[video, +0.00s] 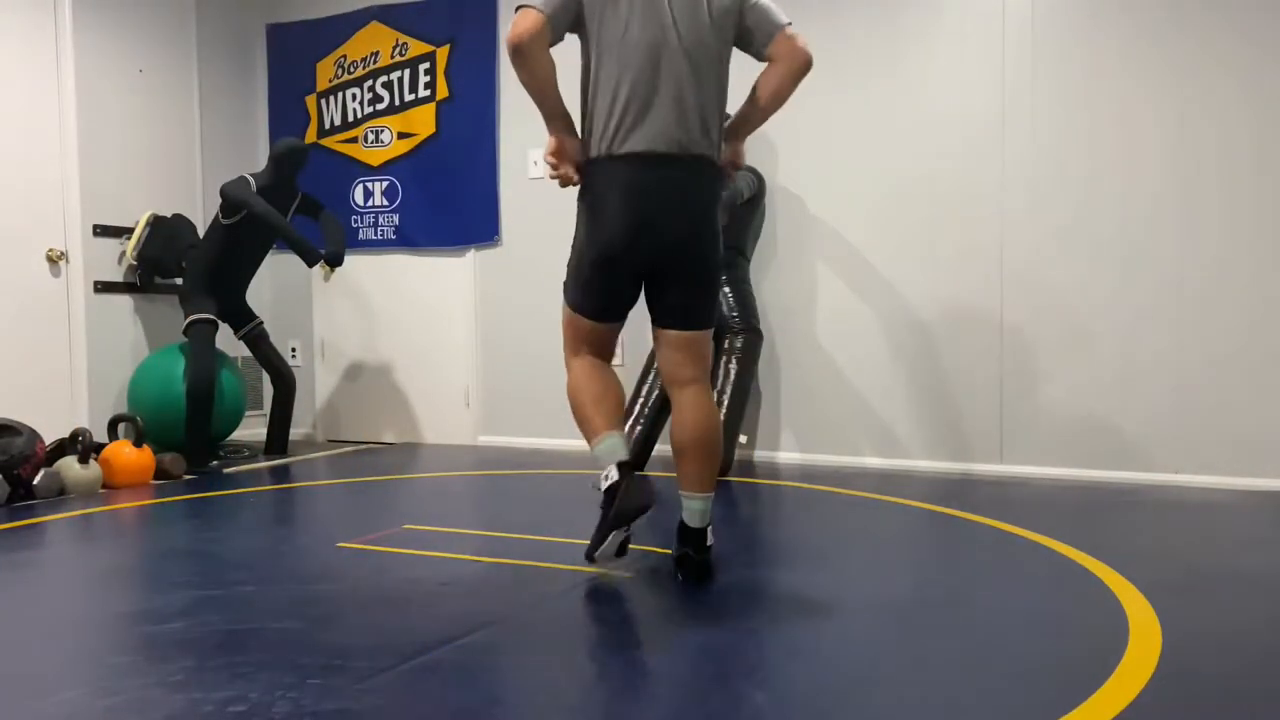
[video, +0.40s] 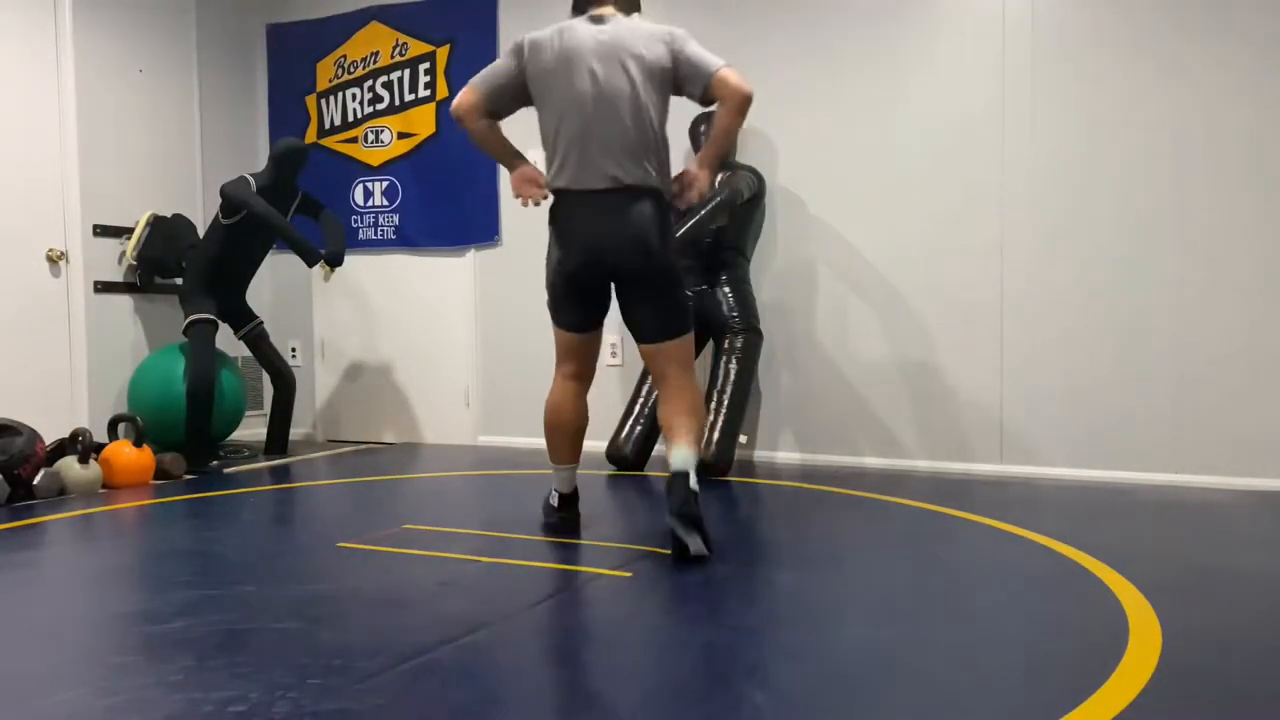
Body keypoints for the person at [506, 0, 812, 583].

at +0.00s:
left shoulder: (586, 0)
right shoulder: (725, 1)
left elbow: (523, 35)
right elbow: (794, 55)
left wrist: (559, 127)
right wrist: (736, 132)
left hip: (615, 192)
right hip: (693, 194)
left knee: (589, 352)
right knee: (690, 376)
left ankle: (617, 477)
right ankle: (694, 542)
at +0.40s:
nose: (638, 13)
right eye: (638, 9)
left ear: (577, 7)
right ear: (631, 7)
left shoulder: (538, 46)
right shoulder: (663, 40)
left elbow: (467, 107)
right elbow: (736, 92)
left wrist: (515, 163)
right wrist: (704, 167)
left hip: (574, 226)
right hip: (644, 225)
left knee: (571, 373)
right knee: (673, 371)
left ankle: (563, 504)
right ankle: (682, 475)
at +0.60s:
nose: (629, 27)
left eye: (626, 22)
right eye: (629, 20)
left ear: (572, 12)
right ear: (623, 15)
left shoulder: (527, 60)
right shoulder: (641, 54)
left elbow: (500, 146)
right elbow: (702, 138)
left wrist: (551, 119)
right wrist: (662, 128)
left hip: (560, 225)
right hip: (628, 222)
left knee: (566, 370)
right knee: (661, 349)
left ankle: (564, 499)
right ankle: (652, 462)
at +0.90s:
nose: (633, 47)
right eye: (636, 40)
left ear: (581, 33)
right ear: (634, 40)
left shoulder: (545, 78)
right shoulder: (652, 83)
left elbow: (562, 141)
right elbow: (704, 162)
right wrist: (663, 175)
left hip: (569, 236)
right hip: (630, 234)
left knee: (570, 368)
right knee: (644, 364)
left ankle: (566, 497)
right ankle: (655, 466)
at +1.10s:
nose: (602, 49)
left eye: (599, 42)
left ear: (599, 41)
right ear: (650, 47)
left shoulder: (571, 83)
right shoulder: (674, 94)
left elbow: (594, 146)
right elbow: (711, 176)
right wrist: (671, 191)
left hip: (589, 238)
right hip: (649, 238)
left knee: (575, 362)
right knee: (655, 361)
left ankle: (572, 449)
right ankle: (661, 474)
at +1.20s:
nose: (605, 50)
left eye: (603, 43)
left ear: (605, 44)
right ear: (655, 45)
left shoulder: (578, 82)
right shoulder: (681, 94)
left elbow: (616, 74)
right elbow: (713, 174)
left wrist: (641, 26)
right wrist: (672, 174)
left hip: (595, 237)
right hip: (655, 238)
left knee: (575, 350)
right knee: (658, 359)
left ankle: (580, 432)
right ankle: (661, 472)